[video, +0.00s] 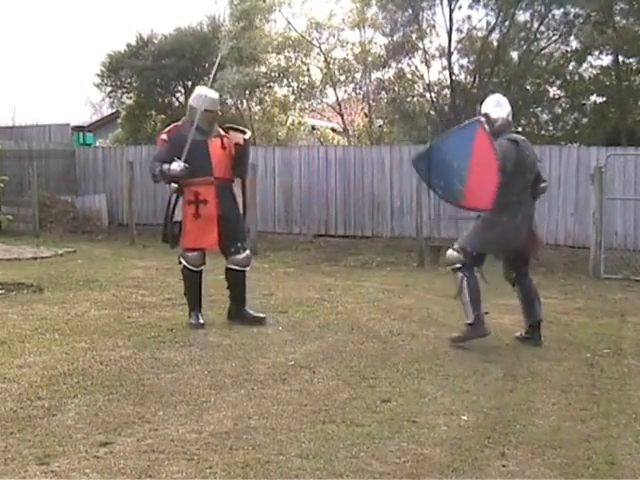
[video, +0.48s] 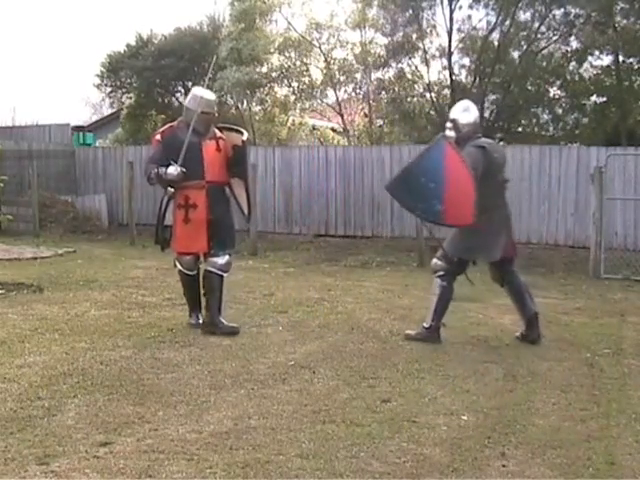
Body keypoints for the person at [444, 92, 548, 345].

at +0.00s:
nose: (483, 124)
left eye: (484, 120)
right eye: (483, 120)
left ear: (489, 120)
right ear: (508, 117)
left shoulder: (499, 147)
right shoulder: (525, 146)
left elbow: (488, 185)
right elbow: (539, 183)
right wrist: (520, 203)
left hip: (497, 222)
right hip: (522, 224)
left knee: (461, 260)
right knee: (519, 273)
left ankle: (475, 323)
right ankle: (534, 328)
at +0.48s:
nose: (452, 129)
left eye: (455, 124)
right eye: (451, 124)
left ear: (467, 125)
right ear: (477, 124)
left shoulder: (472, 152)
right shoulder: (495, 148)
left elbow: (459, 183)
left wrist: (450, 148)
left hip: (476, 226)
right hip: (499, 224)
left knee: (444, 270)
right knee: (505, 272)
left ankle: (432, 327)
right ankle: (532, 325)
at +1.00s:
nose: (456, 128)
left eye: (460, 123)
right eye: (455, 123)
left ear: (471, 125)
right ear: (477, 125)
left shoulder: (471, 154)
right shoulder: (492, 151)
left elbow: (449, 177)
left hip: (473, 222)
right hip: (493, 221)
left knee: (443, 268)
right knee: (493, 269)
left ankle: (432, 327)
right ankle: (516, 321)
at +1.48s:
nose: (456, 128)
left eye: (459, 123)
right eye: (457, 123)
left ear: (466, 124)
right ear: (479, 123)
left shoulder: (472, 152)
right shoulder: (492, 151)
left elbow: (456, 180)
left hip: (471, 220)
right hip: (493, 220)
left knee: (443, 268)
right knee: (493, 270)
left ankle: (433, 327)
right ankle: (516, 322)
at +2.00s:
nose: (455, 128)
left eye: (457, 123)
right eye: (456, 124)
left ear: (464, 124)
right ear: (478, 124)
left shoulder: (470, 152)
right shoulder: (489, 151)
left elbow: (453, 180)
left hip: (468, 219)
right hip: (488, 219)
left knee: (441, 266)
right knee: (490, 269)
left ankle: (432, 327)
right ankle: (516, 321)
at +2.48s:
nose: (451, 136)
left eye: (453, 132)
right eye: (453, 132)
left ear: (459, 133)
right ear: (480, 133)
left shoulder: (461, 157)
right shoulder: (494, 159)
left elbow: (457, 196)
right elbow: (505, 203)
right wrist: (479, 198)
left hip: (459, 229)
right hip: (487, 231)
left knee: (421, 262)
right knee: (488, 276)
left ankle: (422, 322)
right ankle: (510, 322)